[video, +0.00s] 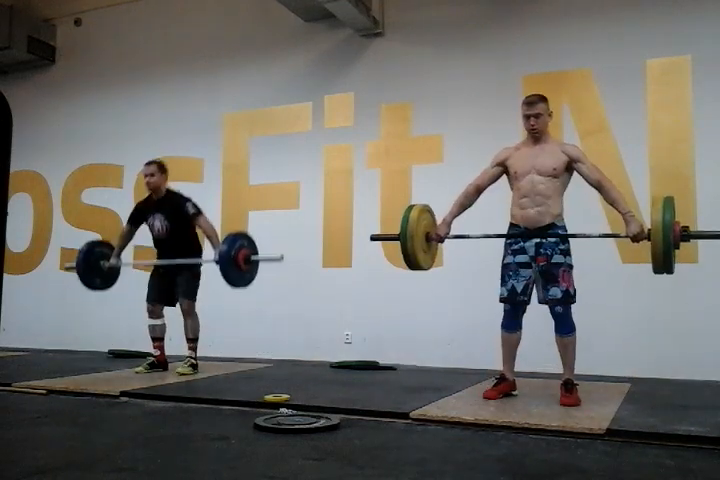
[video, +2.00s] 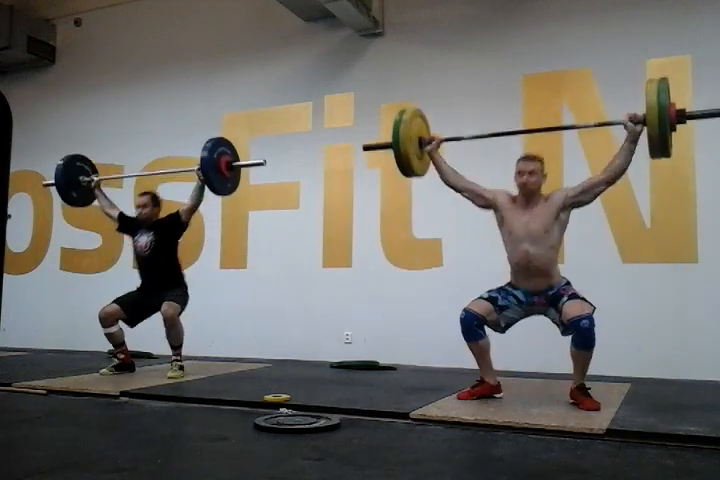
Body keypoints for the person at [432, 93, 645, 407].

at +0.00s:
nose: (532, 121)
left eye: (537, 116)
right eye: (527, 117)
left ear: (549, 117)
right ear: (521, 119)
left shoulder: (567, 152)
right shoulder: (508, 155)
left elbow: (602, 184)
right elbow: (475, 188)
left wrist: (629, 217)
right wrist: (446, 219)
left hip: (553, 238)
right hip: (517, 239)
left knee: (561, 310)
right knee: (512, 309)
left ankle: (569, 381)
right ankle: (507, 378)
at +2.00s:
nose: (525, 179)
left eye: (531, 174)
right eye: (520, 174)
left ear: (543, 178)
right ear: (514, 178)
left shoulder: (560, 202)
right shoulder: (500, 202)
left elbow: (607, 177)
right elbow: (458, 183)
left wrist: (632, 135)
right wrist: (434, 153)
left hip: (555, 292)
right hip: (516, 292)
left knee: (584, 322)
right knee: (470, 318)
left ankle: (578, 388)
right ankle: (489, 382)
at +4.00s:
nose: (529, 115)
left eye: (535, 110)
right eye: (525, 111)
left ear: (548, 114)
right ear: (520, 116)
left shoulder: (566, 145)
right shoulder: (508, 150)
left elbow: (612, 116)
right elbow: (465, 136)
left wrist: (634, 76)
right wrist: (441, 107)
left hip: (552, 232)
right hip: (516, 234)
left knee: (561, 309)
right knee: (514, 310)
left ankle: (572, 384)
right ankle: (512, 380)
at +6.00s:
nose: (523, 217)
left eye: (529, 211)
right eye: (518, 212)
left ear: (541, 213)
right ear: (513, 214)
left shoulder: (562, 236)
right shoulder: (503, 237)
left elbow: (605, 206)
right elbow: (467, 216)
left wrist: (639, 170)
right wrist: (438, 189)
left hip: (556, 316)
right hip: (518, 315)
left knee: (590, 326)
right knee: (472, 321)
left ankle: (580, 387)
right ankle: (489, 382)